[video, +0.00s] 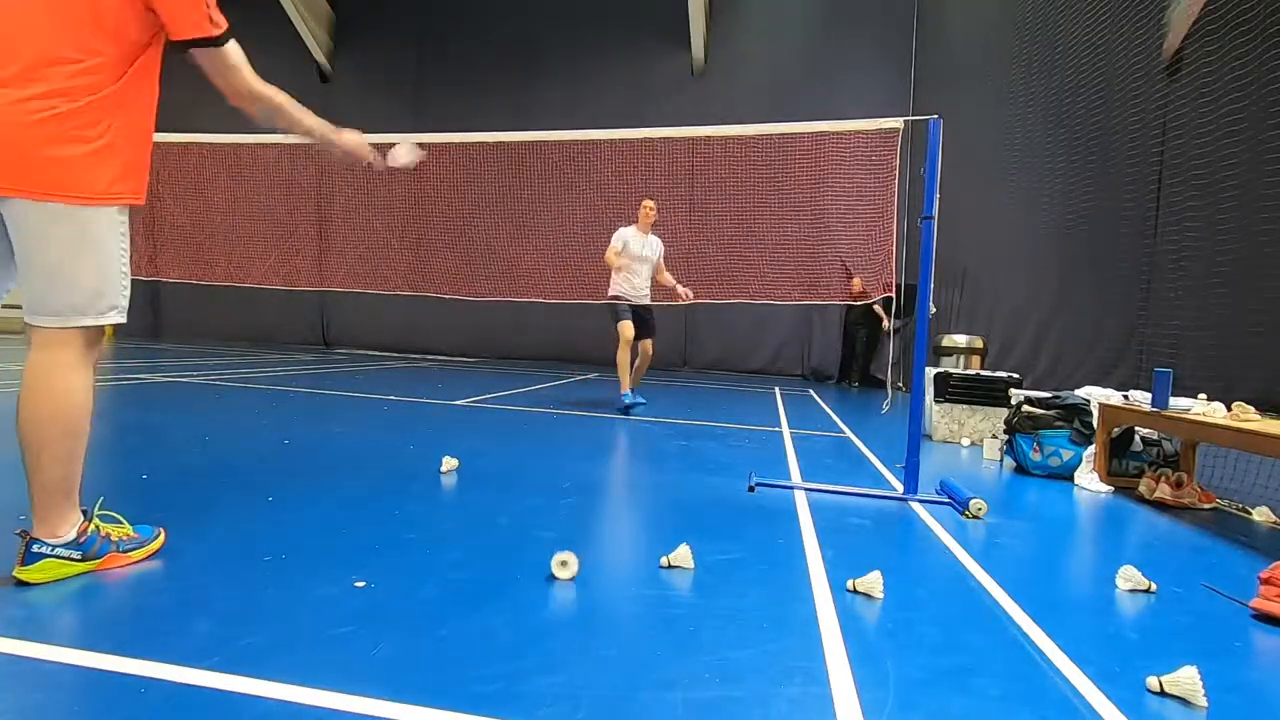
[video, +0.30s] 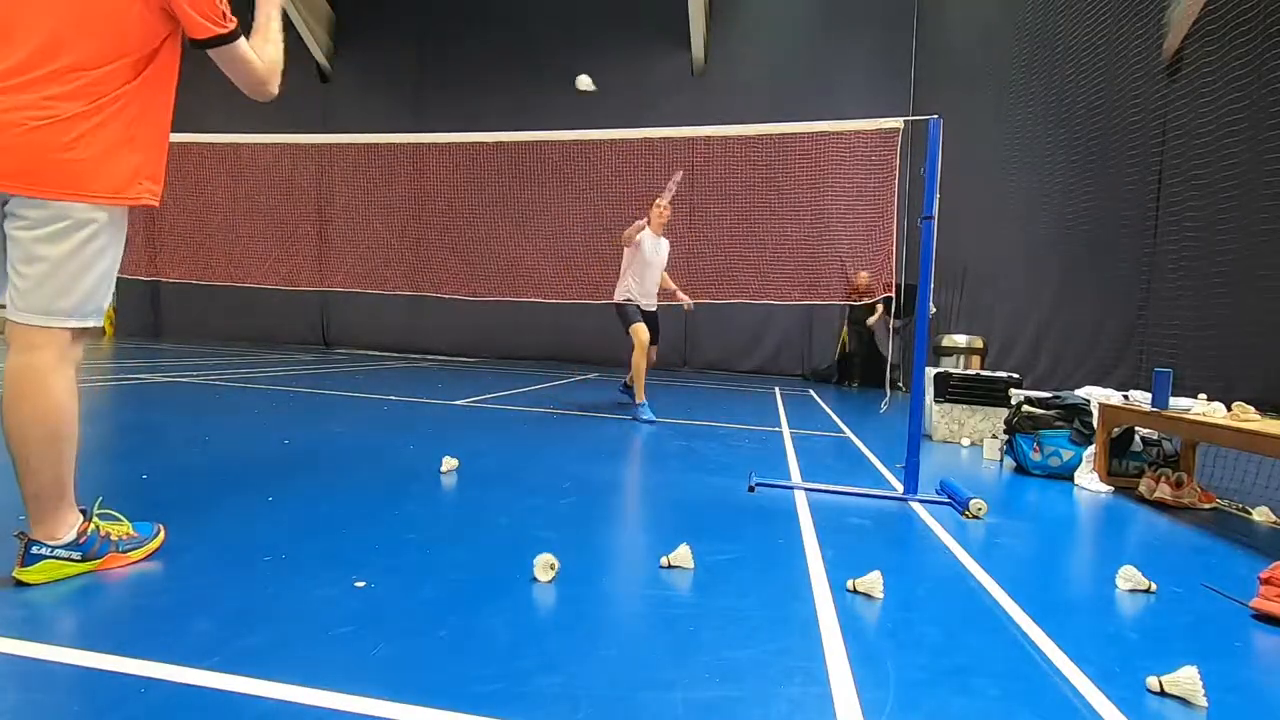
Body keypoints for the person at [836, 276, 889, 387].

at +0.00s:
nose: (856, 287)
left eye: (858, 285)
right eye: (854, 285)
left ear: (862, 285)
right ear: (850, 286)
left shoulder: (867, 299)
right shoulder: (849, 300)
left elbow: (876, 307)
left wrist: (884, 318)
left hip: (863, 328)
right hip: (849, 328)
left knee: (859, 353)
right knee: (847, 352)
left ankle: (855, 379)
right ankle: (845, 377)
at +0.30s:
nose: (863, 280)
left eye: (865, 278)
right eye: (860, 277)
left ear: (869, 279)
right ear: (856, 279)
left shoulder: (872, 294)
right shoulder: (852, 294)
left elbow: (879, 308)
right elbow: (846, 309)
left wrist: (873, 318)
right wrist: (845, 322)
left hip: (865, 326)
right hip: (852, 325)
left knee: (862, 352)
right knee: (852, 352)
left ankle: (857, 378)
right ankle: (851, 378)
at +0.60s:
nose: (866, 276)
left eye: (869, 273)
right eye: (864, 273)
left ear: (873, 275)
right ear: (860, 275)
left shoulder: (878, 290)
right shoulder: (856, 290)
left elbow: (885, 306)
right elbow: (849, 306)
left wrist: (884, 321)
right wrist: (844, 321)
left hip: (871, 326)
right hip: (857, 325)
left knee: (870, 353)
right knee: (858, 352)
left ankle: (873, 379)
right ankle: (858, 380)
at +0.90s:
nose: (873, 273)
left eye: (876, 270)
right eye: (871, 270)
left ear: (881, 273)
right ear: (866, 273)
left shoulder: (884, 289)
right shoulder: (859, 288)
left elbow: (889, 307)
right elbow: (851, 304)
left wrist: (890, 322)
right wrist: (846, 322)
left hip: (878, 327)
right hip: (861, 326)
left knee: (877, 357)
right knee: (859, 357)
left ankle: (878, 383)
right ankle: (858, 381)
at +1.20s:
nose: (882, 268)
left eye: (884, 266)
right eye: (879, 266)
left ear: (887, 268)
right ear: (873, 268)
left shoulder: (891, 284)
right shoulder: (866, 284)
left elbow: (896, 305)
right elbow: (858, 303)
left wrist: (899, 322)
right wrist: (854, 320)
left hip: (884, 325)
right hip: (867, 324)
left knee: (882, 356)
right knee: (867, 353)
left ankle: (878, 385)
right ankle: (865, 381)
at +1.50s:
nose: (884, 268)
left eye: (885, 265)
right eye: (881, 265)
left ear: (888, 267)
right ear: (875, 267)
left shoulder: (893, 284)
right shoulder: (868, 285)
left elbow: (903, 298)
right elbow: (861, 304)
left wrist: (902, 309)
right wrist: (859, 323)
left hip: (886, 325)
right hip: (870, 324)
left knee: (884, 356)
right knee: (872, 354)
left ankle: (880, 384)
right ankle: (871, 385)